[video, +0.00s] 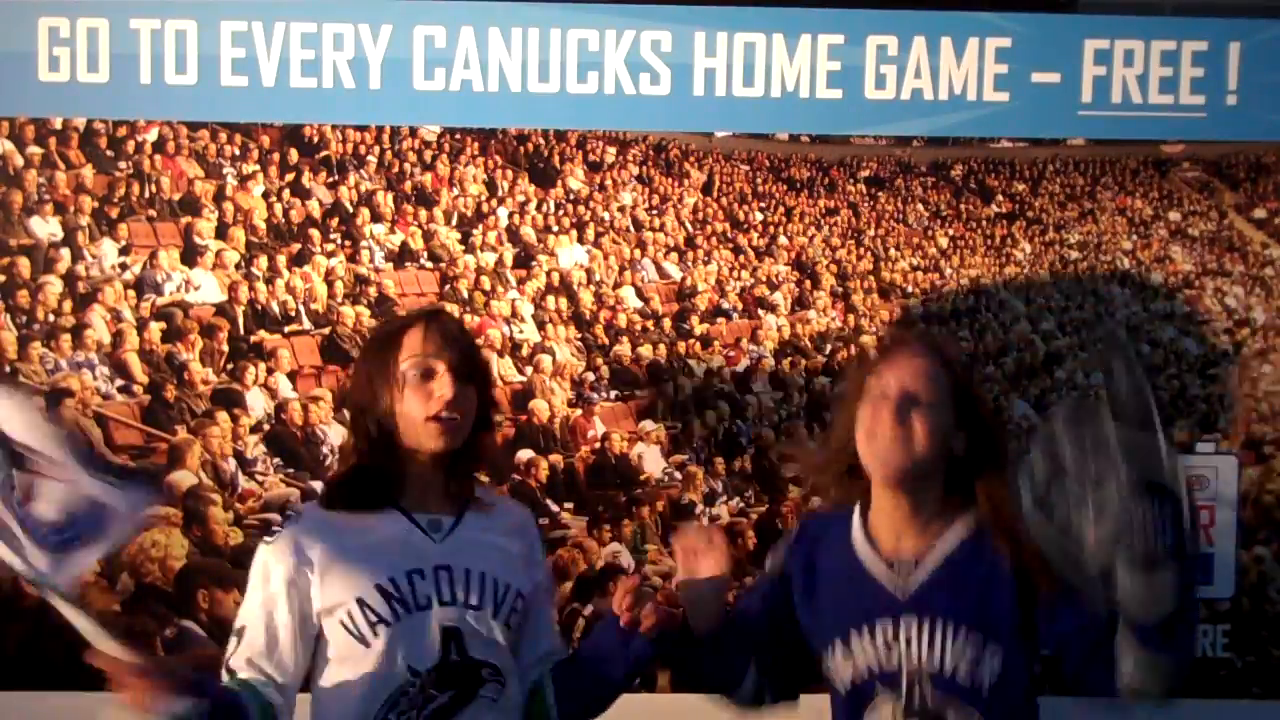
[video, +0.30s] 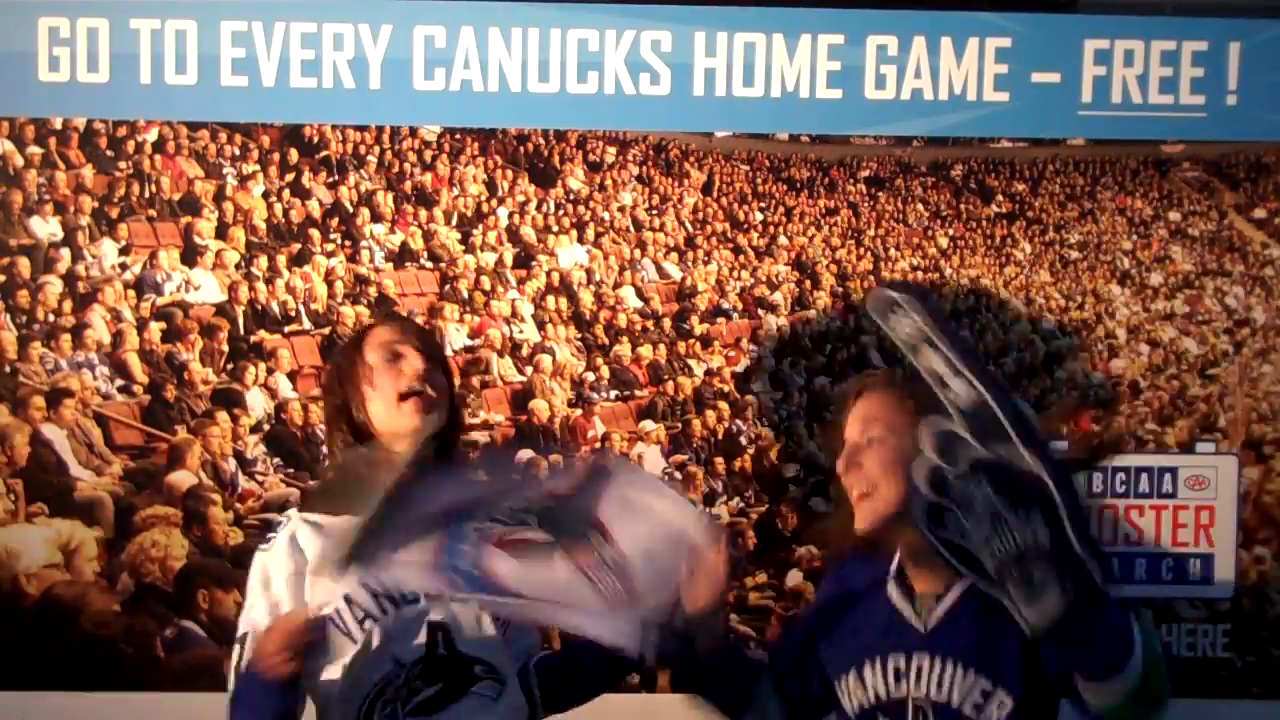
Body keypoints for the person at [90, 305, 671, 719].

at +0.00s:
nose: (450, 393)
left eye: (463, 375)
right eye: (423, 377)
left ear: (478, 394)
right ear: (377, 399)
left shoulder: (514, 528)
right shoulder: (302, 546)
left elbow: (542, 698)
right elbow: (262, 699)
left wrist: (610, 647)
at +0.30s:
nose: (422, 368)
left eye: (432, 357)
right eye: (394, 357)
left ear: (449, 385)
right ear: (353, 391)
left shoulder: (502, 508)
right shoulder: (303, 537)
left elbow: (530, 686)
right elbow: (254, 710)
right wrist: (268, 677)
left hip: (491, 704)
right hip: (363, 706)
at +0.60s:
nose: (429, 357)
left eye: (454, 355)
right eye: (409, 353)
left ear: (483, 411)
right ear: (378, 409)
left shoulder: (517, 536)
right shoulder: (314, 532)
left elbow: (561, 694)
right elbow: (278, 696)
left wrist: (662, 604)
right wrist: (163, 676)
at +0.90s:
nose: (412, 384)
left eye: (428, 381)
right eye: (391, 377)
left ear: (448, 419)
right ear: (349, 423)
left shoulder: (475, 556)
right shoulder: (281, 556)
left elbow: (513, 702)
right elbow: (251, 710)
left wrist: (627, 650)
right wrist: (312, 626)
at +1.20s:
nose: (417, 403)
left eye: (431, 385)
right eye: (390, 386)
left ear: (448, 405)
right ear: (342, 411)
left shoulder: (487, 538)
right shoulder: (286, 552)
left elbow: (524, 698)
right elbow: (238, 714)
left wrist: (621, 633)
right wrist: (124, 681)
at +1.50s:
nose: (430, 440)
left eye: (448, 417)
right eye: (405, 418)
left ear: (469, 436)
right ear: (366, 436)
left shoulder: (490, 563)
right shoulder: (293, 565)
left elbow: (512, 700)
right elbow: (247, 692)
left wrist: (628, 691)